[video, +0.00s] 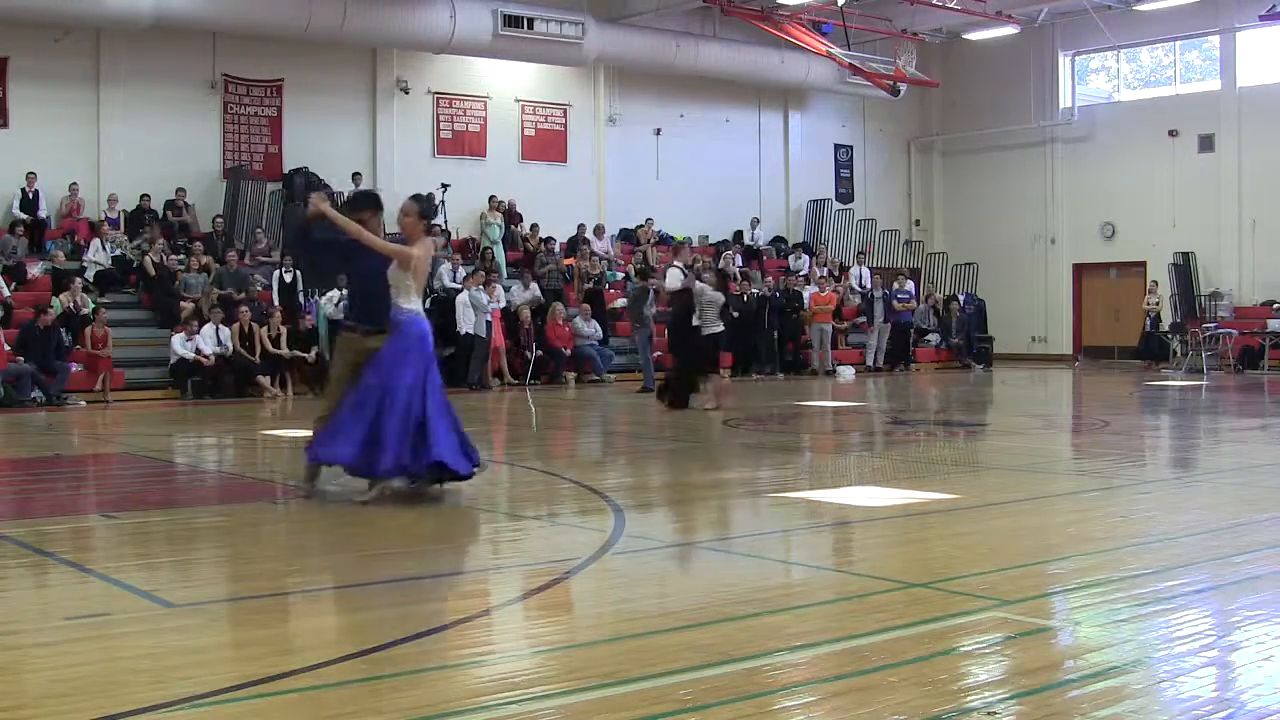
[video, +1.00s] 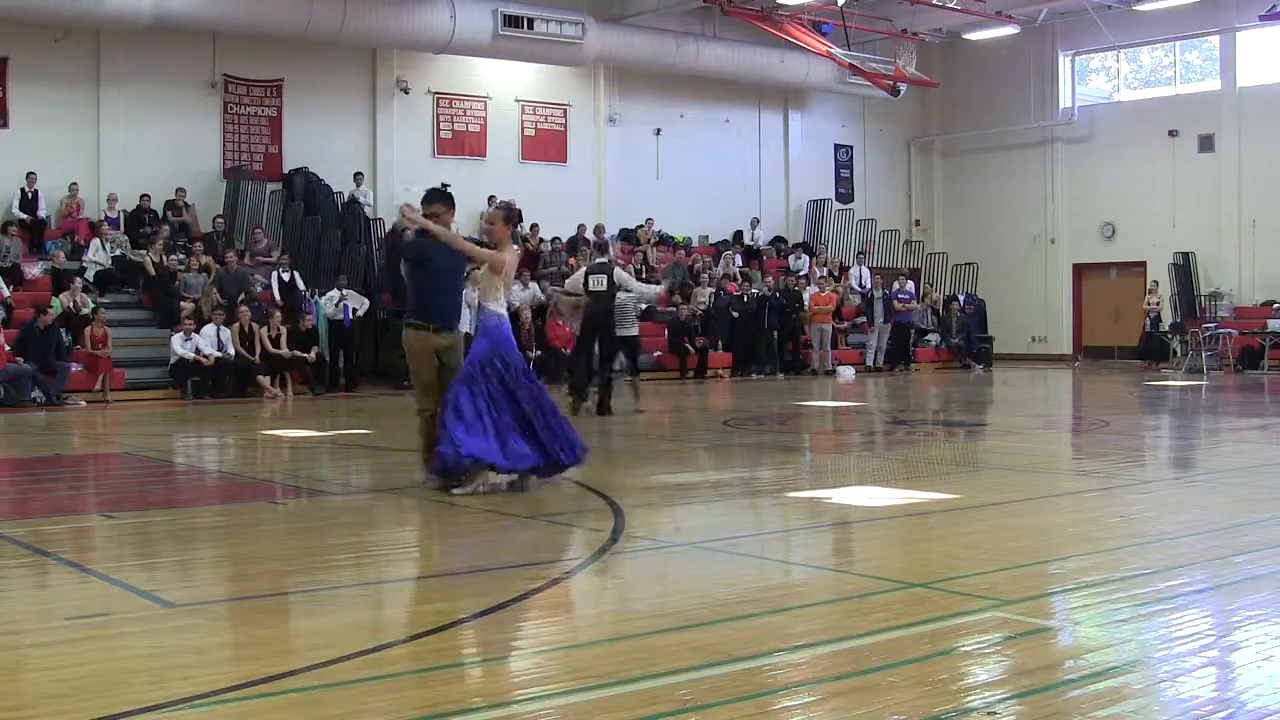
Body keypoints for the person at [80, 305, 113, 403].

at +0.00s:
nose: (106, 315)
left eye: (105, 313)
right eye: (103, 313)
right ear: (96, 316)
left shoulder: (108, 330)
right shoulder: (88, 330)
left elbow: (109, 349)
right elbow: (89, 349)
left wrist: (103, 351)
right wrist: (100, 352)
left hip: (103, 355)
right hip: (92, 356)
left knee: (105, 359)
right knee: (106, 366)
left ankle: (99, 382)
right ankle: (107, 394)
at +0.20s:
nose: (106, 315)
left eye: (106, 313)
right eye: (103, 313)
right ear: (96, 316)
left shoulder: (107, 330)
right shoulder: (88, 330)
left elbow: (109, 348)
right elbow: (88, 349)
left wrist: (105, 351)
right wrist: (100, 352)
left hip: (103, 355)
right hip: (92, 356)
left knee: (105, 360)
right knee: (106, 366)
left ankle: (99, 382)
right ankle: (107, 394)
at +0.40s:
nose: (105, 316)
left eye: (105, 313)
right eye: (102, 314)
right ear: (95, 316)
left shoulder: (107, 330)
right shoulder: (88, 330)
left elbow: (109, 348)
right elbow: (89, 350)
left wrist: (104, 352)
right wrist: (101, 352)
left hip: (103, 354)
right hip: (92, 355)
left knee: (104, 359)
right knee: (106, 365)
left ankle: (99, 382)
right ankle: (107, 394)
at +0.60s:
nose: (105, 316)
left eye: (105, 313)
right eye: (102, 314)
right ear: (95, 316)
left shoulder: (107, 330)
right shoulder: (88, 330)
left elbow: (109, 348)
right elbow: (89, 350)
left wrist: (104, 352)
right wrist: (101, 352)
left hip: (103, 355)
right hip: (92, 355)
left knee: (104, 359)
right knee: (106, 365)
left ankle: (99, 382)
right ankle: (107, 394)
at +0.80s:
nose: (105, 316)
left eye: (105, 313)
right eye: (102, 313)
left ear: (105, 315)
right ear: (95, 315)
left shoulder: (107, 330)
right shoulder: (88, 330)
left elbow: (109, 348)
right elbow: (88, 349)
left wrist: (102, 352)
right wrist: (99, 352)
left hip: (103, 355)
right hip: (92, 356)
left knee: (104, 361)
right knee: (106, 366)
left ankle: (99, 382)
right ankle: (107, 394)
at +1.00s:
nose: (105, 316)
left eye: (105, 313)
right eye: (102, 313)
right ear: (95, 315)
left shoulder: (107, 330)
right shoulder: (88, 330)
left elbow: (109, 348)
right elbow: (88, 349)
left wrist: (102, 352)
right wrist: (99, 352)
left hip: (103, 355)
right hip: (92, 356)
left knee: (104, 361)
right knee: (106, 366)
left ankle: (99, 382)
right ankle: (107, 394)